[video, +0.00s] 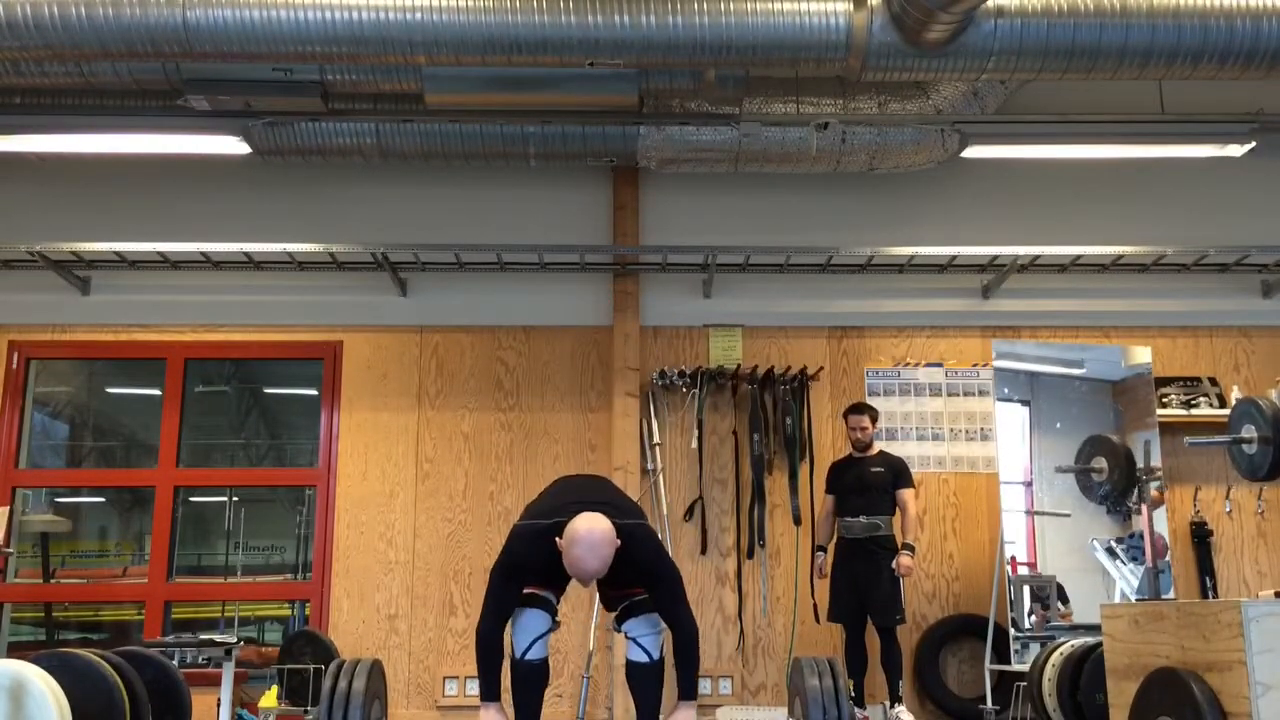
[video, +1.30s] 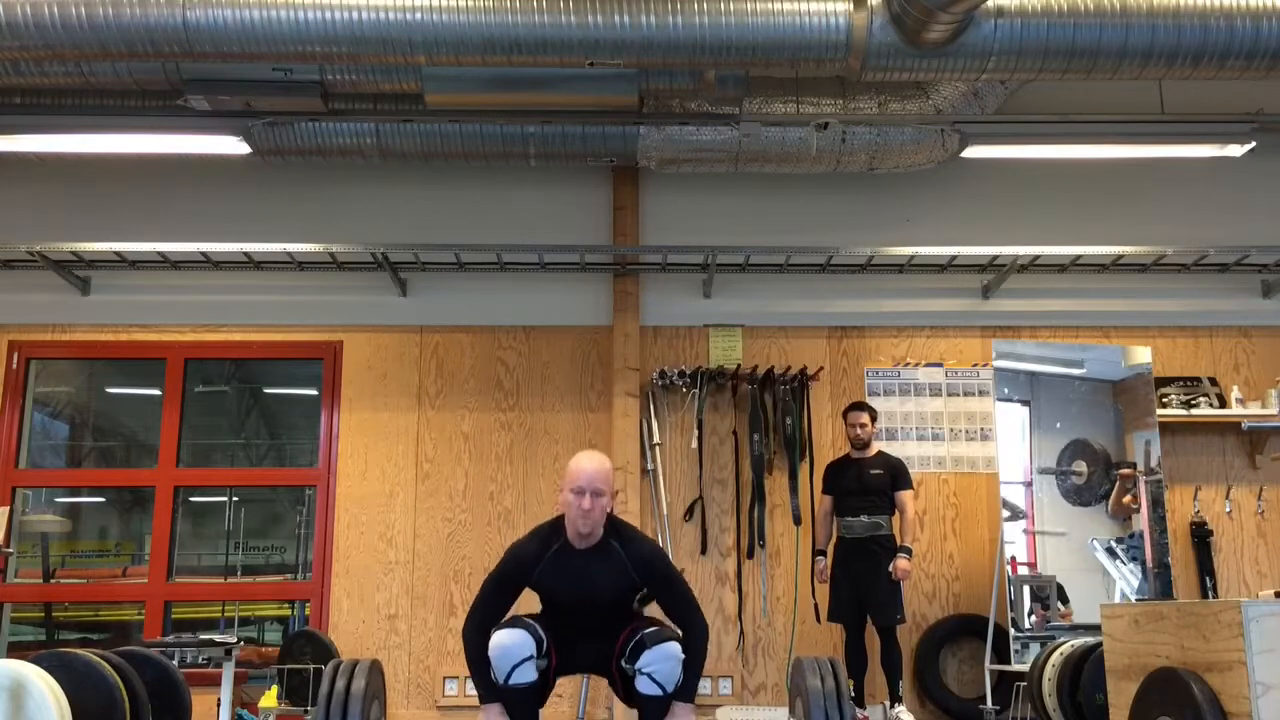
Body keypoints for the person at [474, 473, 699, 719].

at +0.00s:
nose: (586, 583)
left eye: (596, 575)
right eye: (578, 575)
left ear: (616, 547)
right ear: (560, 546)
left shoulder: (641, 544)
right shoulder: (525, 541)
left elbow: (684, 624)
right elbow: (489, 625)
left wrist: (687, 703)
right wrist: (490, 704)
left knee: (646, 631)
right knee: (528, 627)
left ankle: (646, 716)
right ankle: (528, 716)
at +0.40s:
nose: (582, 574)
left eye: (592, 566)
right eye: (574, 566)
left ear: (613, 535)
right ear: (557, 535)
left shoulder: (639, 539)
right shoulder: (523, 537)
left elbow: (676, 625)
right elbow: (492, 627)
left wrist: (680, 702)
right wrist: (491, 705)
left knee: (636, 630)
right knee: (533, 624)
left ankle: (643, 715)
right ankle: (528, 715)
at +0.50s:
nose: (581, 563)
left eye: (591, 554)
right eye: (572, 553)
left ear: (611, 529)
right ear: (557, 526)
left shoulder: (638, 535)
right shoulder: (524, 535)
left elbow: (676, 623)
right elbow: (494, 625)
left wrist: (680, 704)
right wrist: (490, 705)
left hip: (613, 549)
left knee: (639, 630)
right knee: (530, 626)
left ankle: (643, 716)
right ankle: (527, 715)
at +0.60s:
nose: (581, 550)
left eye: (592, 540)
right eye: (573, 539)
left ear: (610, 519)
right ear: (557, 515)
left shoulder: (638, 536)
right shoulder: (525, 536)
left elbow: (680, 622)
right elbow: (486, 625)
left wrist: (681, 704)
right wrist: (488, 707)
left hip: (618, 574)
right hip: (549, 574)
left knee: (645, 634)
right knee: (526, 629)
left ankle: (643, 717)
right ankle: (527, 717)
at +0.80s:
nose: (585, 526)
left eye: (596, 514)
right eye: (575, 513)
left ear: (613, 502)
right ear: (558, 499)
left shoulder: (636, 538)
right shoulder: (530, 539)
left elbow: (688, 624)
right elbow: (480, 626)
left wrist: (684, 705)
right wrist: (488, 706)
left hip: (618, 616)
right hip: (554, 615)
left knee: (657, 644)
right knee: (518, 638)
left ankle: (650, 716)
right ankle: (529, 716)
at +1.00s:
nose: (585, 536)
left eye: (597, 525)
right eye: (576, 523)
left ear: (612, 518)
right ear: (560, 513)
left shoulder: (638, 563)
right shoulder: (531, 561)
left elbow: (704, 631)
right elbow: (467, 632)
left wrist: (686, 704)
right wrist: (485, 705)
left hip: (618, 658)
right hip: (555, 657)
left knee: (666, 653)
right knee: (501, 644)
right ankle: (521, 714)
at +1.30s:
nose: (586, 504)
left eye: (597, 495)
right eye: (577, 492)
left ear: (611, 501)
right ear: (561, 495)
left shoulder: (639, 552)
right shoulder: (532, 551)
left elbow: (696, 627)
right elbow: (474, 629)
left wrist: (683, 703)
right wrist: (490, 704)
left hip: (618, 648)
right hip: (555, 646)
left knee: (662, 653)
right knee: (509, 646)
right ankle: (525, 715)